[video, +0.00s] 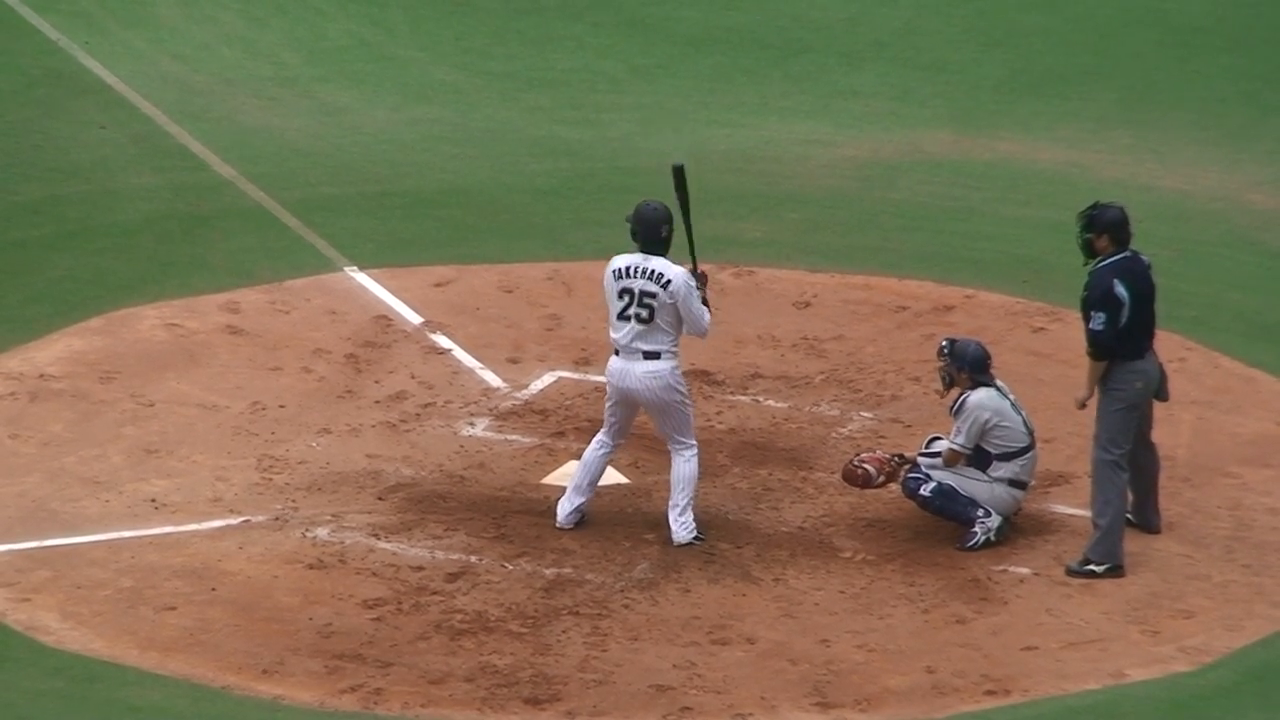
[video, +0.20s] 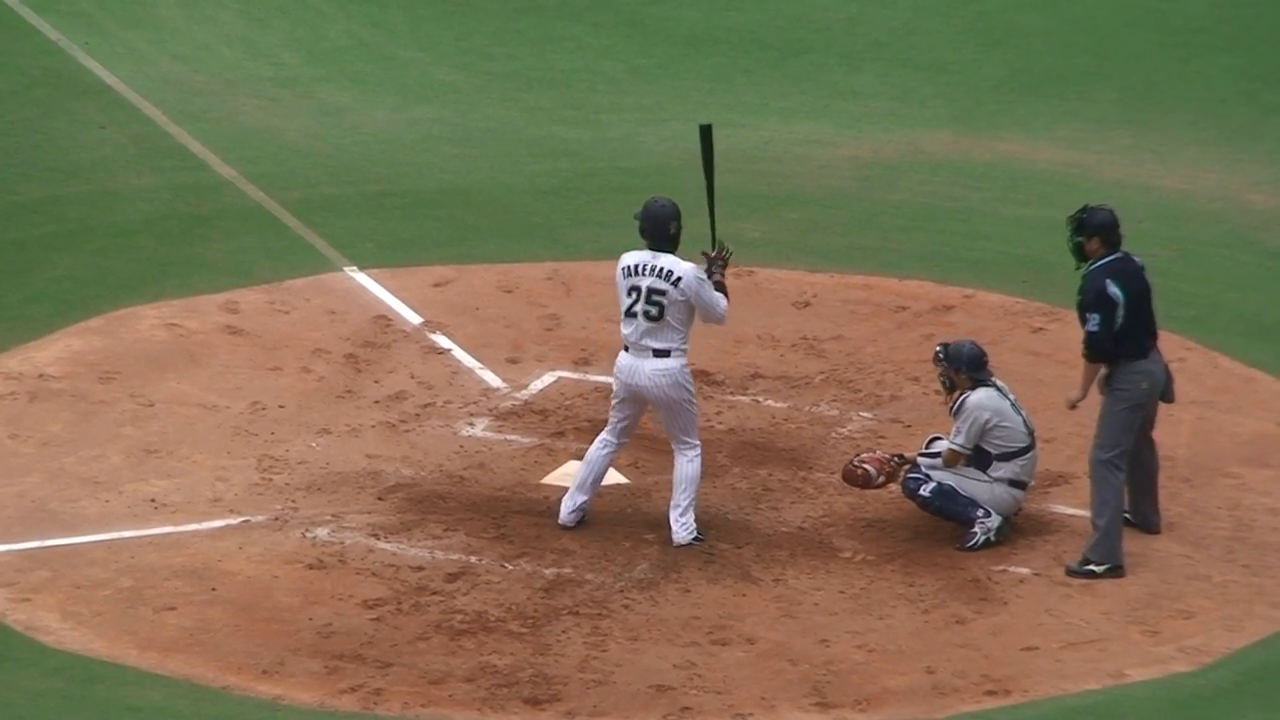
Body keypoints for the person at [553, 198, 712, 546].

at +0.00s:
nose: (631, 233)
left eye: (632, 229)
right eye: (669, 229)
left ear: (636, 234)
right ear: (669, 235)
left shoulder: (615, 267)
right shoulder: (677, 277)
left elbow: (645, 300)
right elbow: (699, 326)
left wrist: (687, 284)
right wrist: (700, 297)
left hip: (619, 369)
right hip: (660, 374)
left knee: (608, 437)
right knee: (683, 447)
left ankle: (568, 509)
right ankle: (682, 528)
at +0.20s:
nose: (639, 229)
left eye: (640, 225)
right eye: (678, 225)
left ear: (644, 231)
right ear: (677, 231)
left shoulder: (626, 264)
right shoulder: (687, 274)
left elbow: (665, 288)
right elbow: (717, 312)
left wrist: (703, 273)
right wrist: (716, 278)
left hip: (627, 366)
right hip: (668, 371)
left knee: (612, 435)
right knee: (687, 447)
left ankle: (571, 508)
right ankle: (682, 528)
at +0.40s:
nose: (689, 231)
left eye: (655, 225)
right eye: (688, 226)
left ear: (654, 230)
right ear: (688, 232)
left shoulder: (638, 263)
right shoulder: (703, 273)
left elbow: (680, 281)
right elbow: (738, 297)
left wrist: (720, 265)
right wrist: (737, 270)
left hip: (639, 365)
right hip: (680, 372)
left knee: (643, 422)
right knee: (690, 447)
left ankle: (605, 493)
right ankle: (683, 527)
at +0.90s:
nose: (689, 230)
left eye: (652, 225)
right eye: (687, 226)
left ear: (652, 230)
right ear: (685, 232)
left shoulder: (639, 260)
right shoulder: (699, 273)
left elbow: (688, 269)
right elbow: (746, 281)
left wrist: (734, 247)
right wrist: (747, 245)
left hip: (637, 365)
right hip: (677, 372)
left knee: (634, 421)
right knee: (688, 447)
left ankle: (588, 490)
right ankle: (683, 528)